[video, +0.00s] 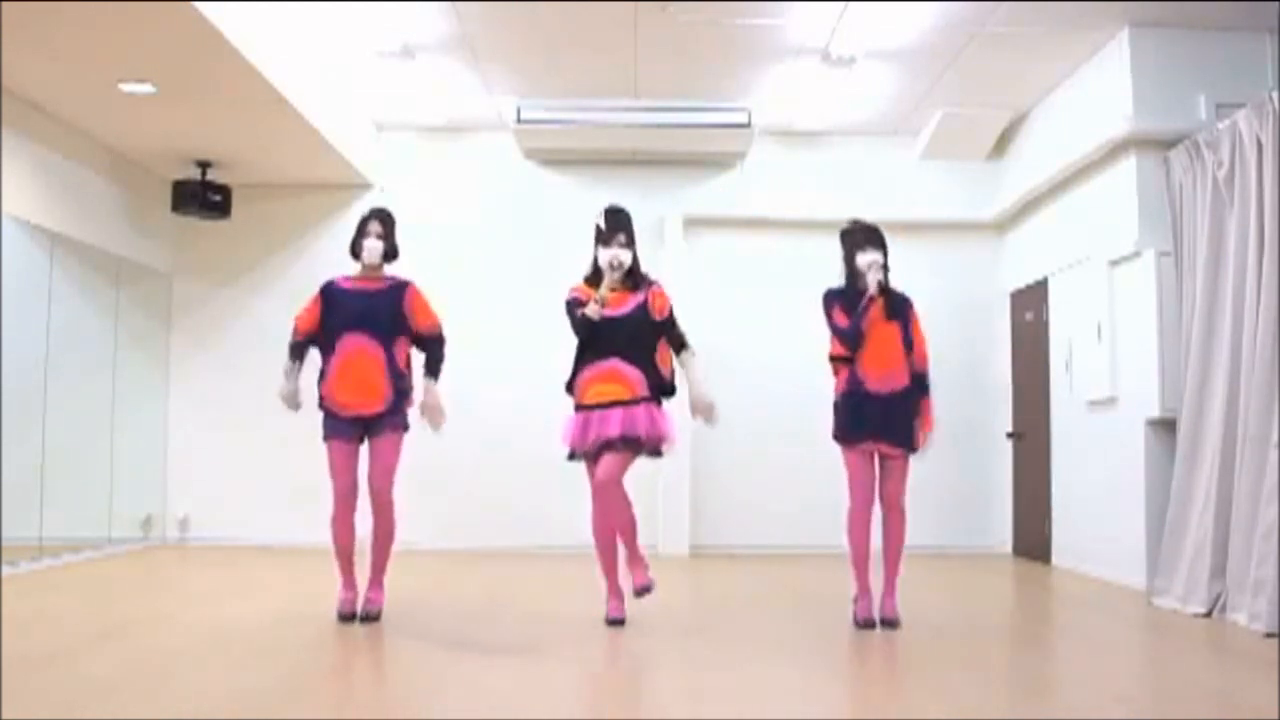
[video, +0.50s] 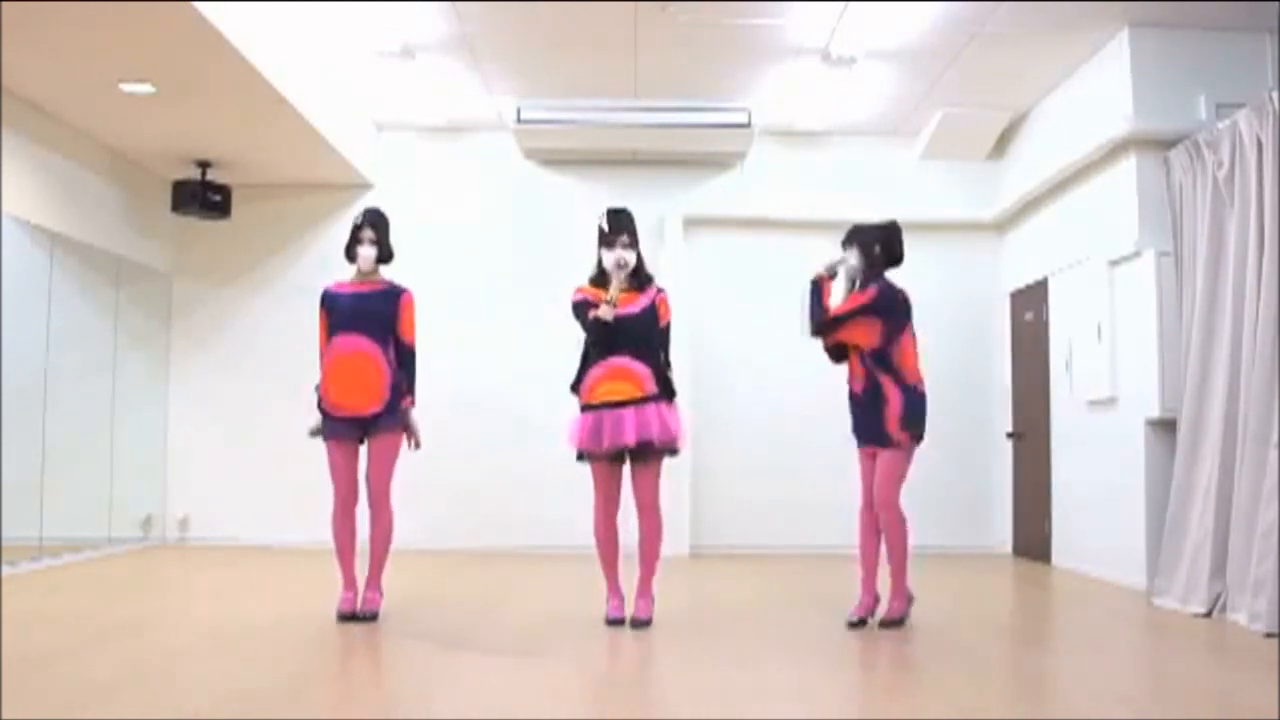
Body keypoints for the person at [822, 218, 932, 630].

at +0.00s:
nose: (870, 261)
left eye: (875, 253)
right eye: (861, 254)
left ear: (885, 256)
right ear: (848, 259)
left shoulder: (900, 304)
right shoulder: (837, 300)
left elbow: (918, 359)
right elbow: (847, 340)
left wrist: (924, 408)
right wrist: (870, 296)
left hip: (897, 403)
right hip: (855, 403)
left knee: (893, 501)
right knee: (862, 500)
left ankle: (890, 593)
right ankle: (862, 593)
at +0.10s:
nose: (873, 259)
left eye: (879, 250)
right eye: (864, 251)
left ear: (890, 254)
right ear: (852, 257)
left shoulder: (905, 302)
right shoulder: (840, 299)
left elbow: (916, 360)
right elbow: (849, 340)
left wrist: (922, 409)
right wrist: (871, 297)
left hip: (900, 403)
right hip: (859, 403)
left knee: (894, 502)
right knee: (862, 500)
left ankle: (890, 593)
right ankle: (861, 593)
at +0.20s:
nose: (875, 259)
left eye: (881, 251)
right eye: (867, 252)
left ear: (892, 255)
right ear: (855, 256)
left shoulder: (907, 299)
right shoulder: (842, 300)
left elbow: (922, 358)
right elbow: (841, 343)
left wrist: (931, 407)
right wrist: (866, 298)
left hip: (899, 404)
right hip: (857, 403)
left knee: (894, 501)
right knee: (862, 499)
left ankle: (889, 593)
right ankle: (861, 593)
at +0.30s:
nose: (870, 259)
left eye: (878, 251)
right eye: (864, 250)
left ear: (891, 255)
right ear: (854, 254)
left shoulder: (906, 298)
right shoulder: (844, 301)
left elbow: (906, 351)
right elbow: (837, 352)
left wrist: (900, 400)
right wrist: (851, 308)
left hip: (902, 409)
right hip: (857, 410)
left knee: (897, 502)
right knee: (863, 500)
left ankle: (889, 593)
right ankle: (861, 593)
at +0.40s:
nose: (857, 259)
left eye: (863, 250)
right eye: (853, 251)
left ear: (884, 253)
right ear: (850, 255)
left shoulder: (899, 295)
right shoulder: (851, 298)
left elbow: (869, 327)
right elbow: (839, 354)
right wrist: (834, 311)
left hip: (900, 403)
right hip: (859, 403)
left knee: (896, 502)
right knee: (865, 498)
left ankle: (890, 594)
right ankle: (862, 593)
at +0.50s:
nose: (845, 259)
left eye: (851, 251)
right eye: (847, 251)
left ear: (870, 254)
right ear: (871, 256)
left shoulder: (888, 297)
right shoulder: (864, 300)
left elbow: (822, 325)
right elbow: (835, 351)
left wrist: (820, 282)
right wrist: (834, 299)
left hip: (900, 410)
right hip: (868, 410)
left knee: (885, 499)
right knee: (869, 503)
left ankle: (901, 592)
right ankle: (868, 592)